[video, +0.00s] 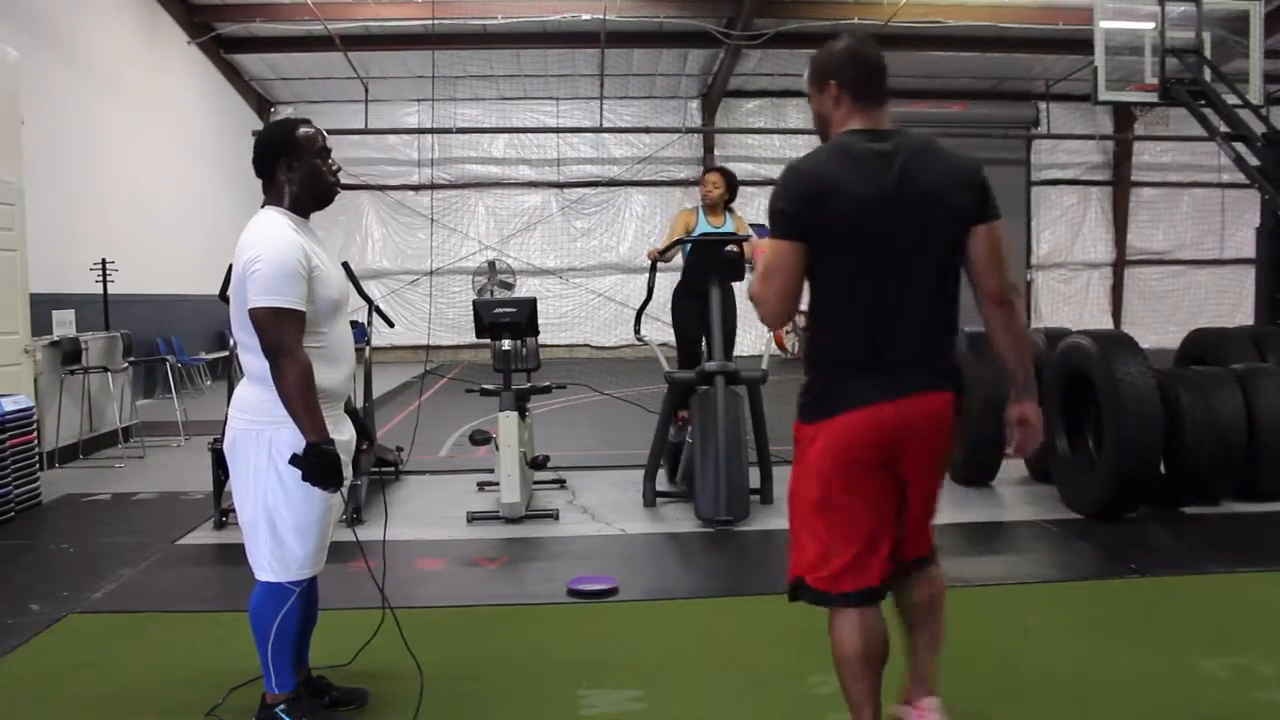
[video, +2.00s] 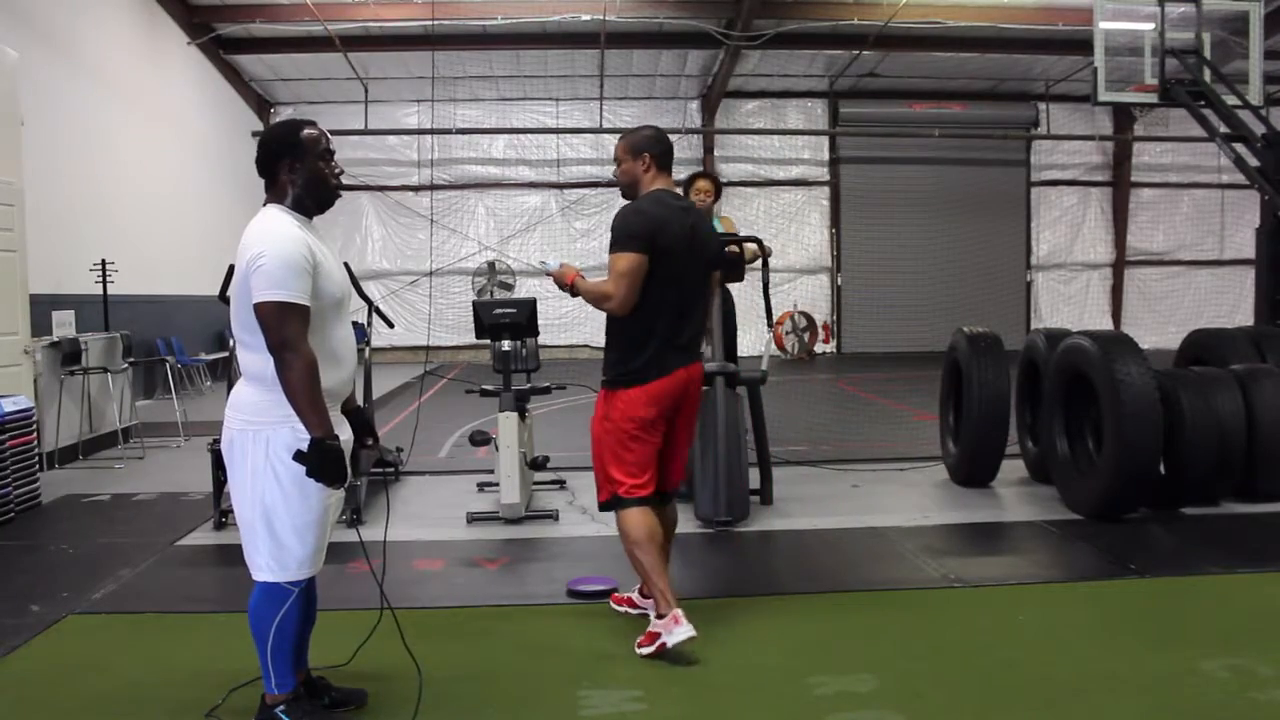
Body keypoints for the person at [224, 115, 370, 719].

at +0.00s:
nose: (336, 165)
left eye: (331, 154)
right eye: (323, 156)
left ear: (292, 171)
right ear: (288, 169)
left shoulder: (296, 238)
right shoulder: (274, 242)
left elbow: (312, 345)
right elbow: (283, 353)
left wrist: (350, 411)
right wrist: (318, 441)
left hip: (301, 429)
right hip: (278, 432)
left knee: (301, 566)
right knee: (284, 572)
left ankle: (297, 680)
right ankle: (281, 698)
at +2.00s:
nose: (338, 168)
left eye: (335, 156)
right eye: (326, 158)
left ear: (295, 171)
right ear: (291, 170)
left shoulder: (298, 237)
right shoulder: (276, 239)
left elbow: (316, 343)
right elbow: (286, 349)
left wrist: (353, 410)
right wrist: (323, 437)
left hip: (299, 429)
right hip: (275, 432)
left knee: (299, 566)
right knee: (282, 571)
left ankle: (296, 680)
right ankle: (280, 697)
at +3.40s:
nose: (357, 187)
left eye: (357, 174)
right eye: (350, 174)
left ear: (315, 175)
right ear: (312, 173)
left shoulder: (310, 235)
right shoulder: (279, 236)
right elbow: (268, 337)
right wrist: (266, 425)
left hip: (319, 427)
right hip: (289, 431)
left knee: (305, 568)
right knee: (288, 573)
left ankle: (298, 680)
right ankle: (279, 699)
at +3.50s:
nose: (370, 189)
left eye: (370, 177)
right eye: (363, 175)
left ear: (324, 175)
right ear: (324, 174)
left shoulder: (318, 236)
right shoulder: (282, 235)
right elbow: (243, 321)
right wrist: (202, 383)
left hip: (323, 429)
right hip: (291, 434)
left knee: (306, 566)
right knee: (287, 571)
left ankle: (299, 681)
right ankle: (278, 698)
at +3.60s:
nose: (378, 191)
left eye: (379, 179)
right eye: (371, 178)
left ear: (332, 177)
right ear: (330, 175)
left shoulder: (324, 239)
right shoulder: (284, 233)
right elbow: (237, 309)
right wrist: (191, 310)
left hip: (326, 426)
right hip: (292, 431)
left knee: (307, 565)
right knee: (289, 572)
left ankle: (297, 683)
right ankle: (280, 700)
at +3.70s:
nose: (378, 192)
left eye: (379, 179)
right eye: (370, 178)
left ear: (333, 178)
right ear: (331, 176)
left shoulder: (326, 235)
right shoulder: (289, 227)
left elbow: (327, 339)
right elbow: (241, 301)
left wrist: (356, 420)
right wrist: (240, 245)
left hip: (324, 426)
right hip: (290, 430)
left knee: (307, 566)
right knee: (290, 571)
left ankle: (299, 681)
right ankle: (280, 698)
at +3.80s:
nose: (369, 194)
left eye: (371, 185)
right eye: (363, 182)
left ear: (326, 174)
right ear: (330, 176)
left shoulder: (326, 234)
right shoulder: (286, 220)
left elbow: (353, 230)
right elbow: (262, 287)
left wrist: (375, 192)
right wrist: (313, 222)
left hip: (323, 423)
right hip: (287, 426)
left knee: (310, 562)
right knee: (292, 567)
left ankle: (299, 681)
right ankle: (279, 698)